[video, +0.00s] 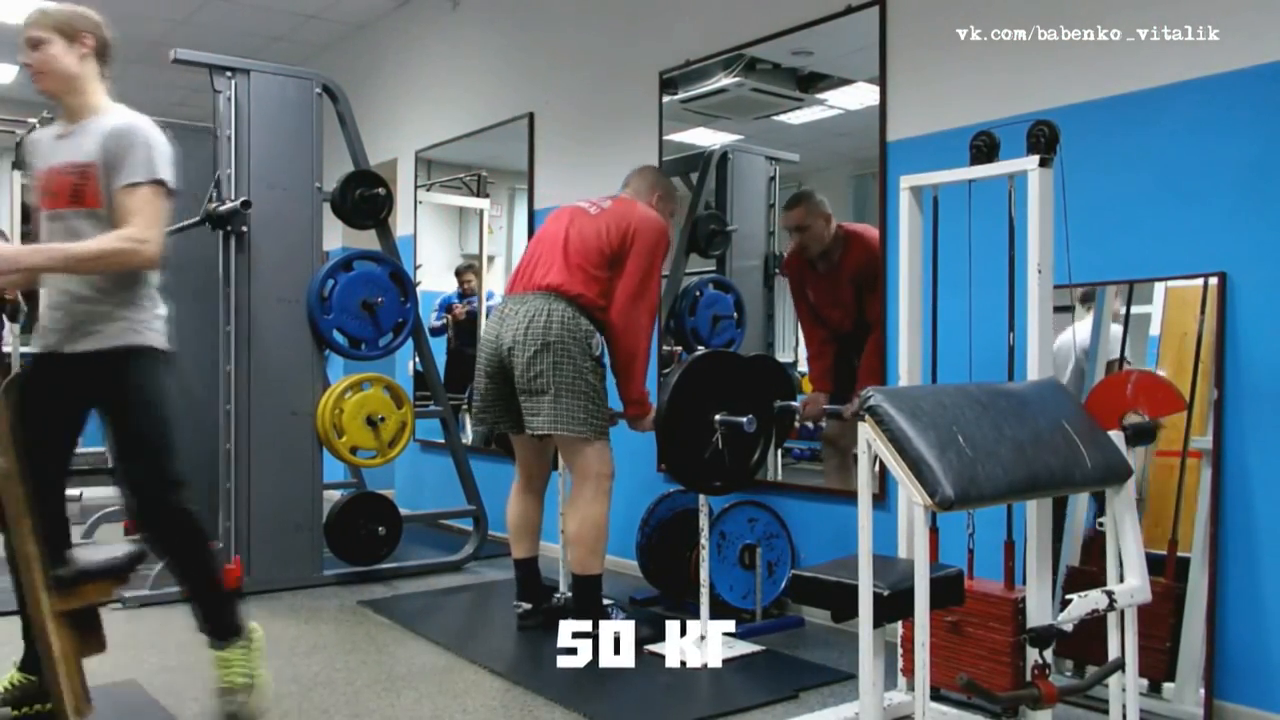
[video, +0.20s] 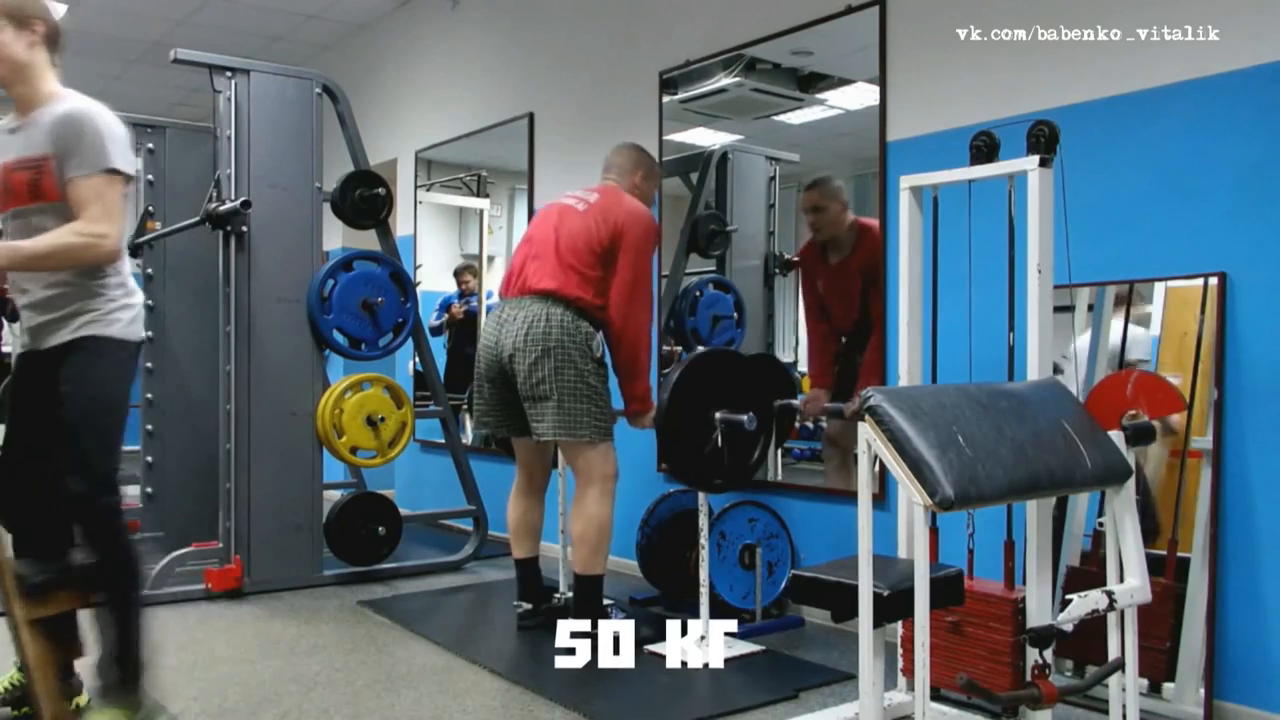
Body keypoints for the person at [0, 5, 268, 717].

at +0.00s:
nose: (27, 59)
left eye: (39, 44)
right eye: (24, 50)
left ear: (86, 47)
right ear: (34, 65)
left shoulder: (131, 131)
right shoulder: (39, 145)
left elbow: (145, 244)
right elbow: (47, 245)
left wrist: (35, 260)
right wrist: (14, 268)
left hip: (127, 343)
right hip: (54, 349)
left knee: (153, 498)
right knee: (30, 504)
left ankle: (231, 639)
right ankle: (46, 663)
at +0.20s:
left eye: (3, 25)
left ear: (37, 33)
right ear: (24, 36)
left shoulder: (82, 119)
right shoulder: (10, 131)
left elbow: (103, 237)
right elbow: (30, 239)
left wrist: (5, 255)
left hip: (98, 325)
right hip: (38, 335)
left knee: (90, 490)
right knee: (25, 503)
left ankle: (123, 682)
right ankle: (54, 670)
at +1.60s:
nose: (54, 13)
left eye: (74, 2)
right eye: (48, 2)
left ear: (114, 20)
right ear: (39, 15)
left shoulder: (145, 115)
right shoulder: (25, 113)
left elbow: (197, 237)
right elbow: (10, 213)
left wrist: (66, 265)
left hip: (146, 346)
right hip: (67, 347)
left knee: (155, 517)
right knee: (73, 501)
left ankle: (164, 685)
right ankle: (94, 647)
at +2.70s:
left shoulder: (171, 26)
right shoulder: (8, 27)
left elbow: (229, 183)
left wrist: (149, 245)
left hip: (155, 339)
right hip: (18, 351)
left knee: (177, 598)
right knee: (24, 602)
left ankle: (191, 715)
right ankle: (35, 712)